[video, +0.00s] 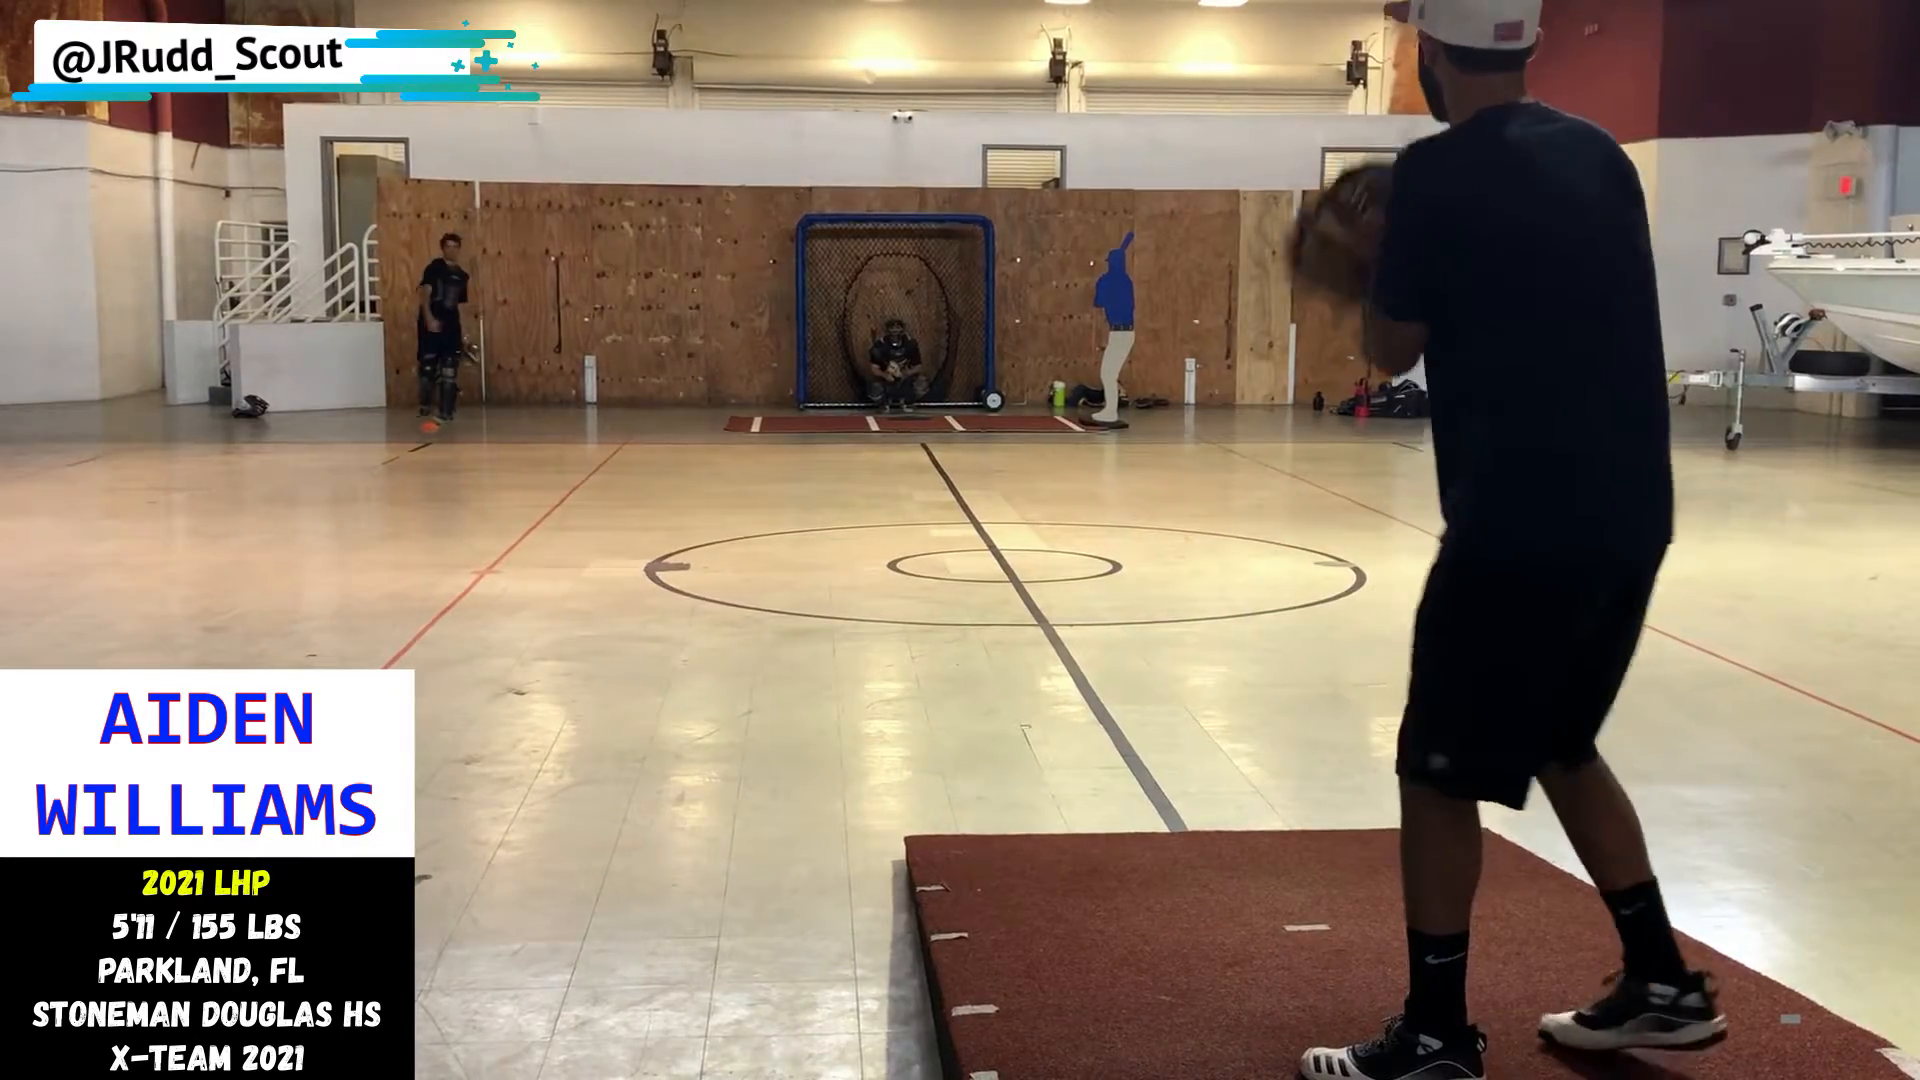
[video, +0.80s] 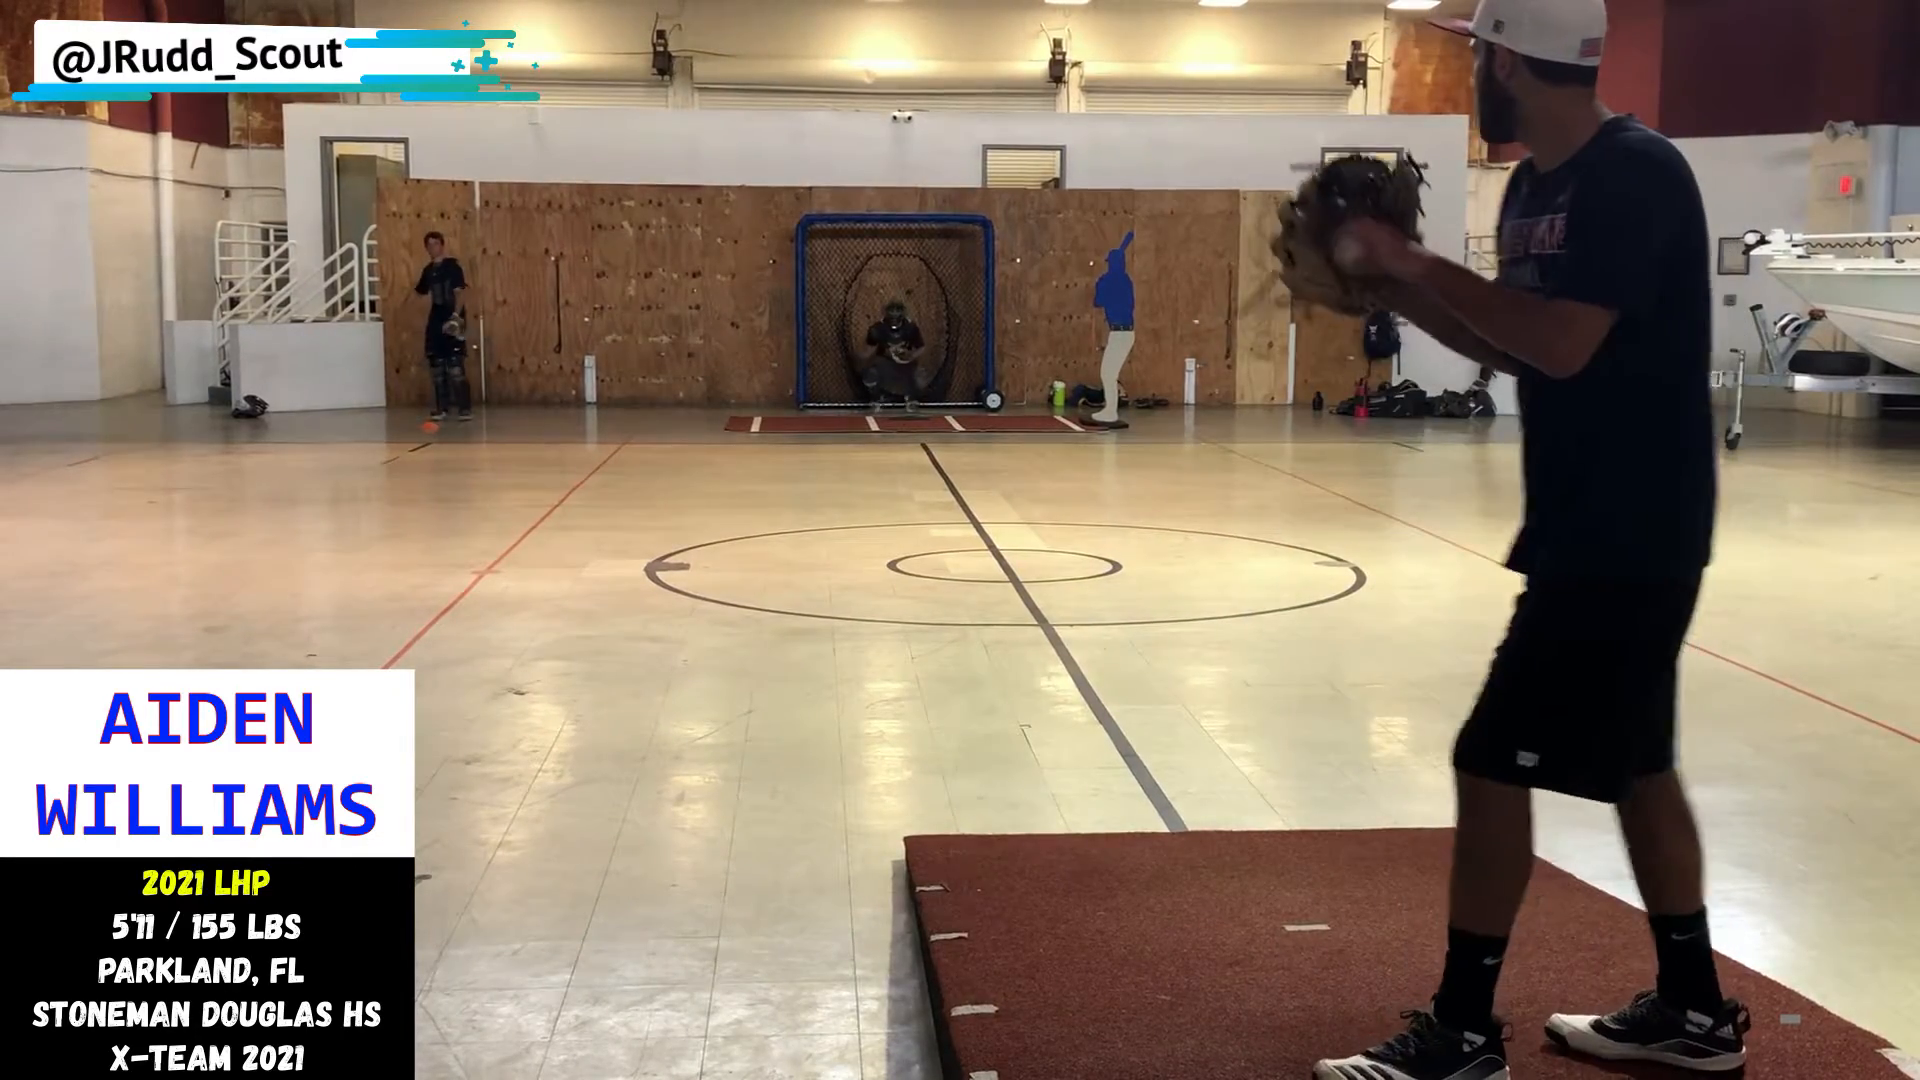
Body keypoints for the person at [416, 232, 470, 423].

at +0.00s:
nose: (451, 250)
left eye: (454, 246)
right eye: (448, 246)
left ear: (459, 249)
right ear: (442, 249)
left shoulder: (461, 275)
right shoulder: (434, 268)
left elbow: (458, 305)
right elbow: (425, 293)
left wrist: (460, 333)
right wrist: (429, 319)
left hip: (451, 323)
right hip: (431, 321)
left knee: (449, 366)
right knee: (428, 365)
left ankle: (447, 410)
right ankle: (426, 405)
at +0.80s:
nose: (432, 248)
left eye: (435, 244)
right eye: (429, 245)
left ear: (442, 245)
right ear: (426, 249)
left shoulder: (452, 265)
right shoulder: (428, 270)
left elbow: (459, 291)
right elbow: (419, 292)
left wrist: (457, 315)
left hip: (453, 315)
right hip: (436, 315)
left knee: (454, 361)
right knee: (436, 361)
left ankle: (464, 406)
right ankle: (441, 406)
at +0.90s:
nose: (438, 247)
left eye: (440, 243)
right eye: (435, 244)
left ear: (447, 245)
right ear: (431, 248)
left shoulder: (455, 266)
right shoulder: (433, 269)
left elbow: (457, 295)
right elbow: (420, 287)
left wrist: (448, 316)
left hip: (457, 320)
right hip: (438, 319)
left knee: (459, 364)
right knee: (439, 364)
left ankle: (469, 406)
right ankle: (442, 407)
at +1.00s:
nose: (442, 247)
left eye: (445, 243)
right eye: (439, 244)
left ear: (451, 245)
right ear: (435, 248)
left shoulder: (458, 266)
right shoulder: (435, 270)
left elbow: (459, 297)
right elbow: (422, 280)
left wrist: (446, 316)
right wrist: (439, 265)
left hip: (459, 319)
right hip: (440, 318)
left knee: (464, 363)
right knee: (439, 363)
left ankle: (472, 406)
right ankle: (442, 407)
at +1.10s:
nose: (447, 247)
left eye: (450, 244)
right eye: (443, 245)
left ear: (456, 246)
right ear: (440, 248)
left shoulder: (463, 267)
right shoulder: (438, 269)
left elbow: (466, 297)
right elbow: (417, 272)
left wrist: (457, 315)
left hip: (463, 318)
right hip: (443, 317)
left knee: (468, 362)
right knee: (441, 362)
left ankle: (474, 406)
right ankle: (442, 407)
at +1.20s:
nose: (452, 249)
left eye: (455, 245)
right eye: (449, 246)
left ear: (461, 248)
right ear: (444, 249)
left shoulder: (467, 269)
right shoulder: (442, 268)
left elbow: (474, 294)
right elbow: (427, 261)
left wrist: (477, 317)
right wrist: (410, 246)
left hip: (466, 320)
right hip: (447, 320)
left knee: (471, 363)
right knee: (443, 360)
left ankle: (475, 406)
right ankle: (442, 406)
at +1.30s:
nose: (456, 250)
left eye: (459, 247)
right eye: (453, 247)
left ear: (464, 249)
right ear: (449, 250)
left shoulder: (471, 270)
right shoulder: (445, 268)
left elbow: (480, 299)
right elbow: (434, 258)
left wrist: (483, 324)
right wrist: (425, 240)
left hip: (469, 321)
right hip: (449, 320)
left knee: (473, 363)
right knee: (444, 360)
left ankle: (475, 406)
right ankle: (442, 406)